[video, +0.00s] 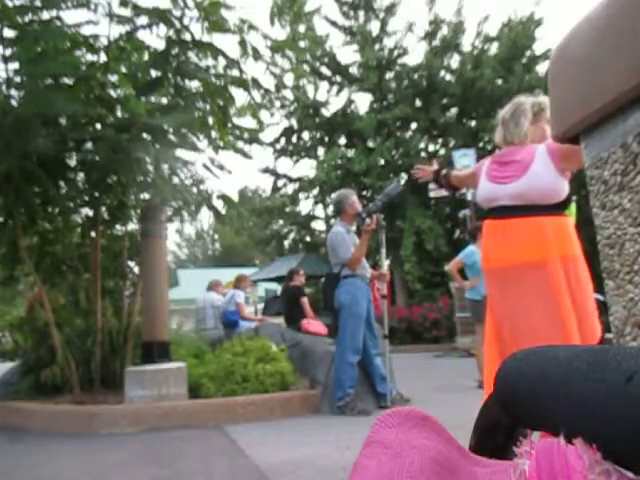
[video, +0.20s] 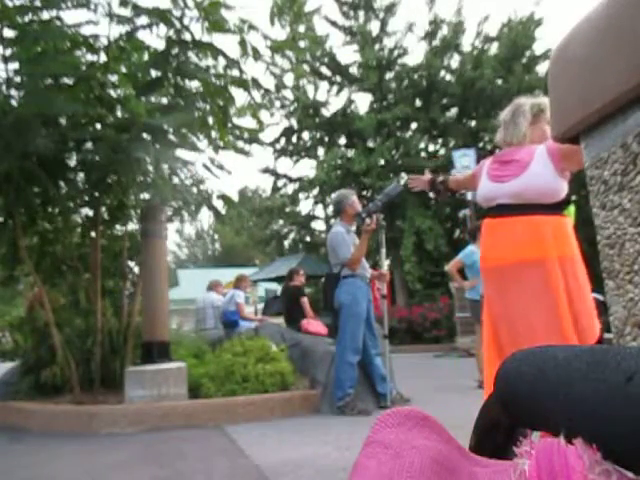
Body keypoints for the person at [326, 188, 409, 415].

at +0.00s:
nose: (361, 205)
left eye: (359, 201)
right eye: (356, 201)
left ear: (349, 207)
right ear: (347, 206)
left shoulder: (350, 233)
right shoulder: (337, 234)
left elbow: (357, 266)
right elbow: (352, 262)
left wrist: (374, 274)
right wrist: (366, 235)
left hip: (362, 284)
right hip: (350, 284)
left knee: (370, 344)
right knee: (350, 345)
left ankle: (386, 393)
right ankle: (344, 398)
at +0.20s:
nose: (360, 205)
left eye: (359, 201)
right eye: (356, 201)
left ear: (348, 207)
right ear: (347, 207)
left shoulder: (350, 233)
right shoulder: (337, 234)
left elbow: (357, 265)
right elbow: (352, 262)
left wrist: (374, 273)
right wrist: (366, 235)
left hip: (362, 284)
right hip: (350, 284)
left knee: (370, 344)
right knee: (350, 345)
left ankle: (386, 393)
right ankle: (344, 398)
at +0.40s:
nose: (360, 206)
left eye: (359, 201)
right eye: (356, 202)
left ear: (348, 207)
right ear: (347, 207)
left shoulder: (350, 233)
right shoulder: (337, 234)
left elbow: (357, 265)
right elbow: (352, 262)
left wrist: (374, 273)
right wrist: (366, 235)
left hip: (362, 284)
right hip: (350, 284)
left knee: (370, 344)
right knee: (350, 345)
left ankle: (386, 393)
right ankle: (344, 398)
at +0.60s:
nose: (360, 206)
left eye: (359, 202)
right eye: (355, 202)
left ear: (349, 208)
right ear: (345, 208)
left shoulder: (350, 233)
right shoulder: (337, 233)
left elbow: (357, 264)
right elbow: (352, 262)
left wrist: (374, 274)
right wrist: (365, 236)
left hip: (362, 284)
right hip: (350, 284)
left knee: (369, 343)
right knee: (350, 344)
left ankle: (386, 393)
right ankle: (344, 398)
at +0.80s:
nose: (360, 206)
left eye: (359, 202)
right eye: (356, 202)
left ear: (348, 208)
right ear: (345, 207)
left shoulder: (350, 233)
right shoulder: (337, 233)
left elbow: (358, 264)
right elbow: (352, 262)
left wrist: (373, 273)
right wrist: (365, 236)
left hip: (362, 284)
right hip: (350, 284)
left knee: (369, 343)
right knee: (350, 344)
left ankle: (386, 393)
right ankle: (344, 397)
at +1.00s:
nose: (360, 206)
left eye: (359, 202)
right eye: (355, 203)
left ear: (349, 208)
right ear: (345, 207)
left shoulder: (350, 233)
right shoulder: (337, 233)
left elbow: (358, 264)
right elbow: (352, 262)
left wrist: (374, 273)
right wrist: (365, 236)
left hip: (362, 284)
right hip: (350, 284)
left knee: (369, 343)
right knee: (350, 344)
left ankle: (386, 393)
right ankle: (344, 397)